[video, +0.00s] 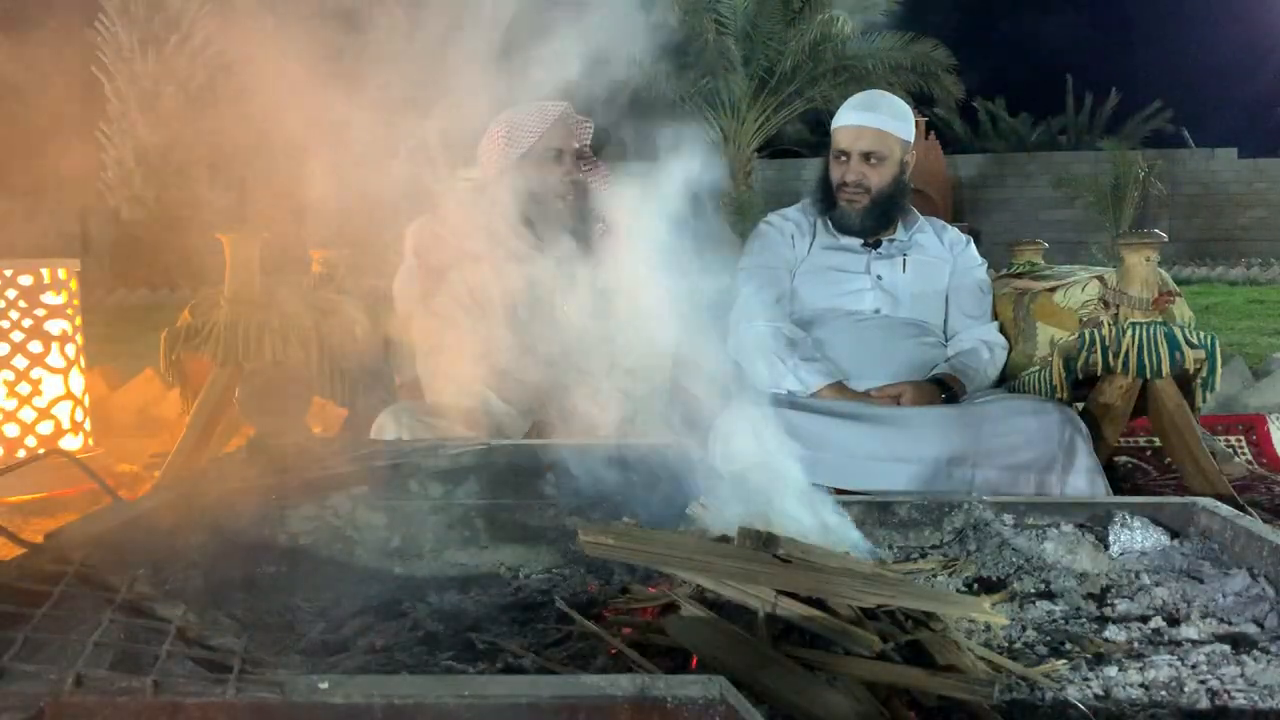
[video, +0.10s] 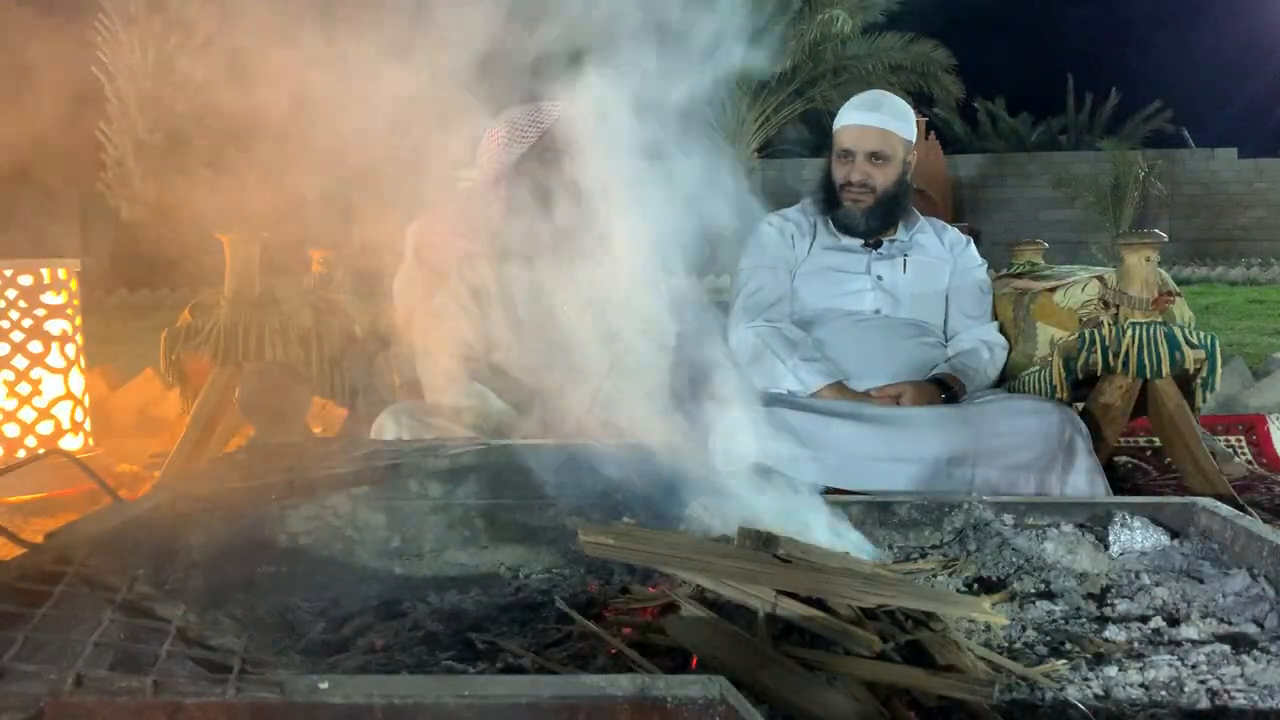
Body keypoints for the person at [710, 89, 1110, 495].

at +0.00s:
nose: (850, 174)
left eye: (871, 160)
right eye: (840, 157)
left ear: (906, 167)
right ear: (827, 159)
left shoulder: (952, 247)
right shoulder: (785, 232)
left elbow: (981, 342)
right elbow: (755, 333)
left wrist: (940, 388)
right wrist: (839, 397)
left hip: (935, 419)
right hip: (823, 417)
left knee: (1054, 427)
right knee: (746, 433)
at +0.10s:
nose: (855, 175)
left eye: (876, 160)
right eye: (844, 157)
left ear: (908, 166)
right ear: (829, 159)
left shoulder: (952, 247)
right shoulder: (783, 233)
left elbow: (981, 342)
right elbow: (756, 332)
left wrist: (939, 388)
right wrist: (838, 397)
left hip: (932, 419)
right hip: (818, 415)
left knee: (1052, 425)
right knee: (741, 431)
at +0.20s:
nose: (865, 175)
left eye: (885, 160)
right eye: (852, 157)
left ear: (911, 167)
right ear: (834, 161)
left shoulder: (952, 247)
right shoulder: (785, 233)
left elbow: (980, 342)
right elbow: (754, 332)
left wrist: (940, 388)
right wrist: (837, 397)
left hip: (935, 420)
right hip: (823, 418)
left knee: (1053, 426)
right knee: (740, 432)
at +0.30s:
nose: (875, 175)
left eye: (894, 159)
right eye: (860, 156)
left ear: (915, 166)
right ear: (836, 158)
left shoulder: (952, 247)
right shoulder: (786, 233)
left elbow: (981, 343)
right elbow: (755, 332)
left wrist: (939, 389)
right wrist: (843, 399)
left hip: (935, 419)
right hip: (824, 417)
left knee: (1052, 424)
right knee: (744, 424)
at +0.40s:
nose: (885, 175)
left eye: (902, 160)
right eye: (869, 156)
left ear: (919, 166)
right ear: (839, 158)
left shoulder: (954, 248)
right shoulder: (784, 234)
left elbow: (981, 344)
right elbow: (761, 339)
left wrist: (939, 388)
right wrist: (839, 398)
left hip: (935, 418)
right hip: (824, 416)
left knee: (1052, 424)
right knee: (754, 432)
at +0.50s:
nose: (892, 176)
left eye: (906, 160)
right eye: (877, 157)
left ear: (920, 166)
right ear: (842, 154)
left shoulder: (953, 249)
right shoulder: (784, 235)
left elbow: (981, 344)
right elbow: (752, 349)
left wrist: (939, 388)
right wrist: (821, 390)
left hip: (934, 420)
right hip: (826, 418)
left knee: (1052, 426)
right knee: (783, 433)